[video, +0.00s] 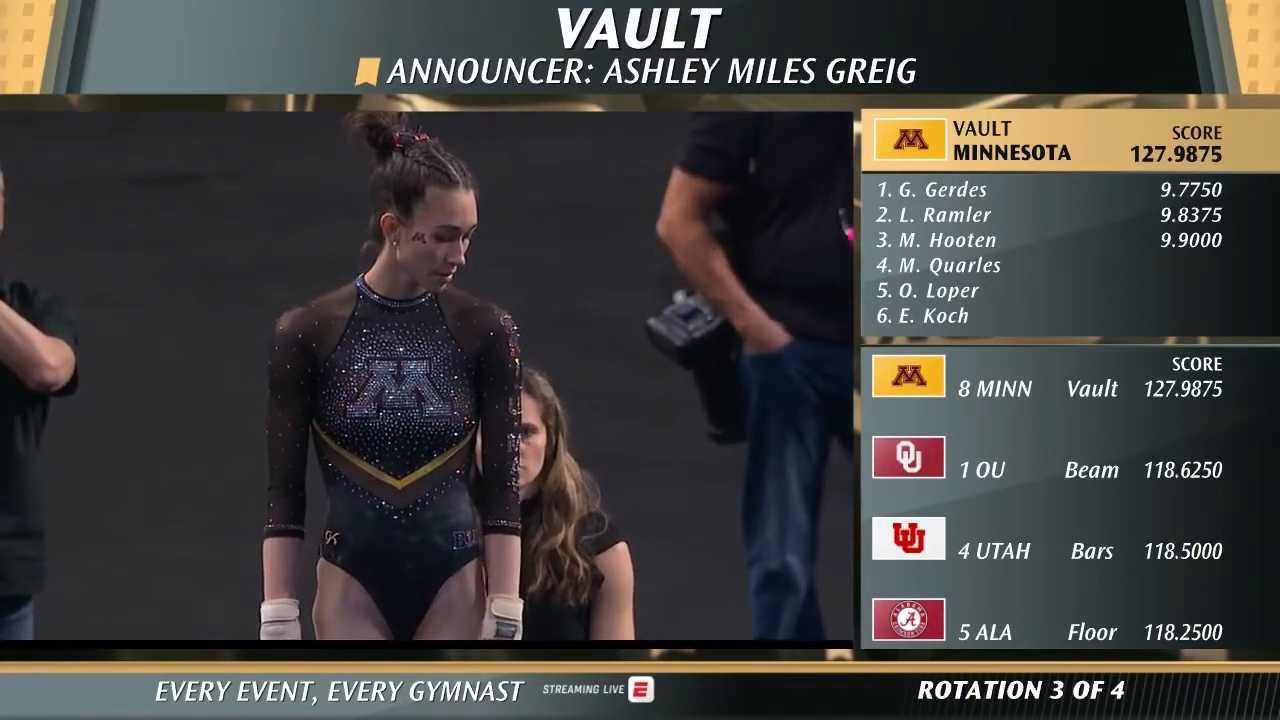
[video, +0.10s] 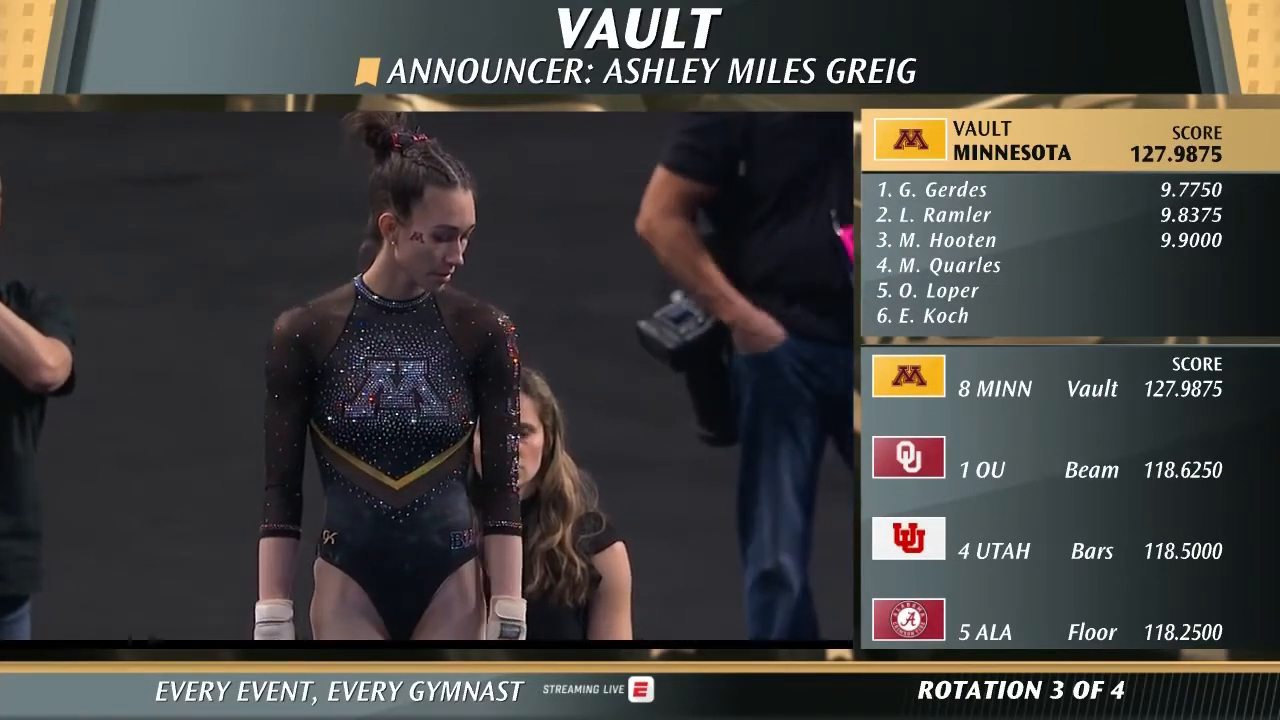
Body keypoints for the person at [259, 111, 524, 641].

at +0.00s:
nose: (461, 254)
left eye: (468, 236)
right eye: (445, 237)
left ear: (473, 225)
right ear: (391, 226)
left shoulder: (484, 330)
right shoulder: (306, 331)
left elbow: (501, 482)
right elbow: (285, 485)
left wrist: (506, 619)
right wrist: (278, 621)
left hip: (457, 573)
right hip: (348, 572)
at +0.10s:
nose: (459, 253)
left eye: (466, 235)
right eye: (443, 237)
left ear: (471, 225)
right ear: (389, 226)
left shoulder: (481, 330)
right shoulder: (304, 332)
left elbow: (501, 484)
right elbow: (282, 486)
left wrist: (509, 622)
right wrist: (272, 624)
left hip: (454, 574)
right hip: (345, 572)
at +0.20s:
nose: (462, 255)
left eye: (469, 237)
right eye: (446, 238)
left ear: (475, 226)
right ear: (392, 227)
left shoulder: (484, 331)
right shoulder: (306, 333)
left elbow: (505, 484)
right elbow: (283, 487)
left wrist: (517, 622)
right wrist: (272, 624)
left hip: (456, 574)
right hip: (348, 573)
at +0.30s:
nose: (460, 254)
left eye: (467, 237)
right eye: (445, 238)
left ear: (473, 225)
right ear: (390, 226)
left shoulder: (483, 331)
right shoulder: (305, 332)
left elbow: (504, 483)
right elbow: (282, 483)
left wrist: (517, 618)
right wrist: (271, 621)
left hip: (454, 573)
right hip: (345, 572)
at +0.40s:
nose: (460, 256)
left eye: (467, 239)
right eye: (444, 240)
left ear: (473, 228)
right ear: (391, 228)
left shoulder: (483, 333)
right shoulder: (306, 334)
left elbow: (504, 484)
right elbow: (283, 487)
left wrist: (516, 619)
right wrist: (274, 624)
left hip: (454, 576)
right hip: (346, 574)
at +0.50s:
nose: (458, 256)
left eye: (465, 239)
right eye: (443, 240)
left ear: (472, 227)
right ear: (389, 228)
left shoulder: (482, 332)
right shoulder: (305, 334)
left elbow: (501, 482)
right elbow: (282, 485)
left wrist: (511, 619)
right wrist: (275, 621)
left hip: (452, 574)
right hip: (345, 574)